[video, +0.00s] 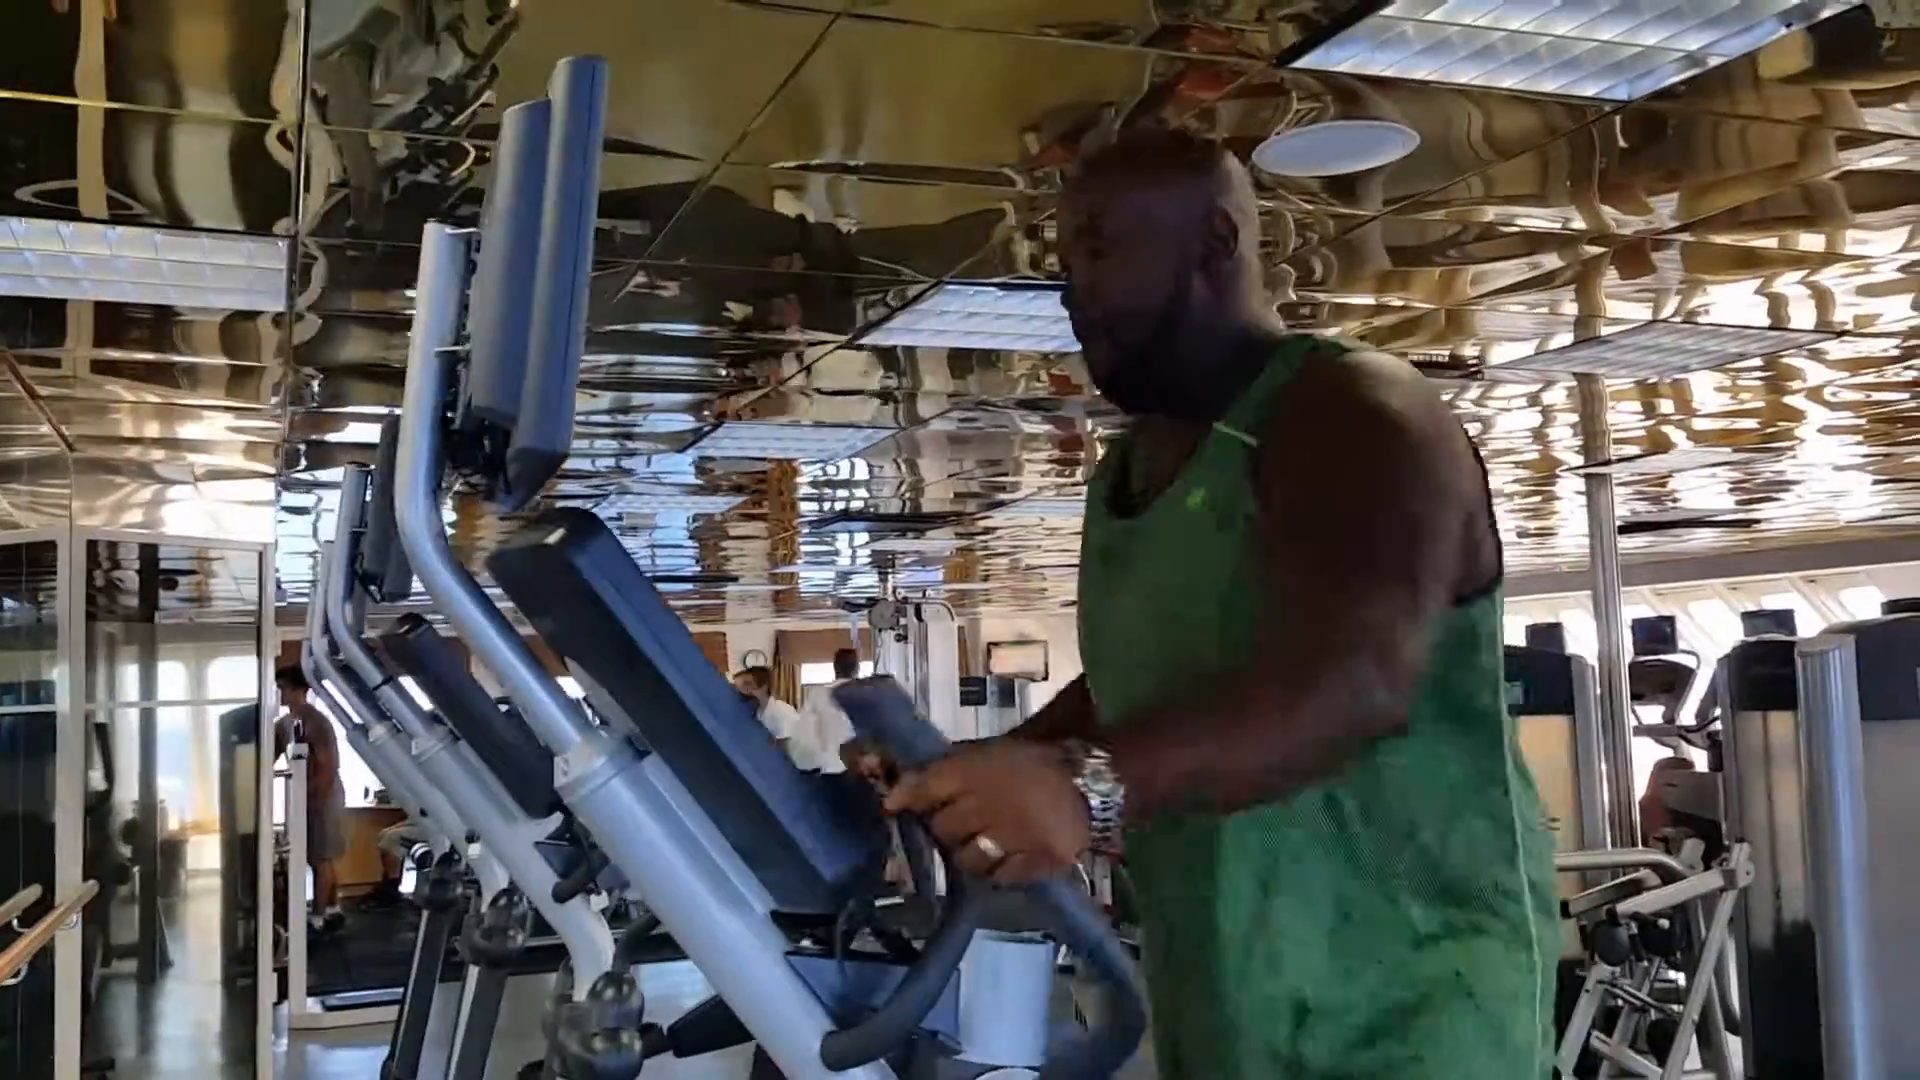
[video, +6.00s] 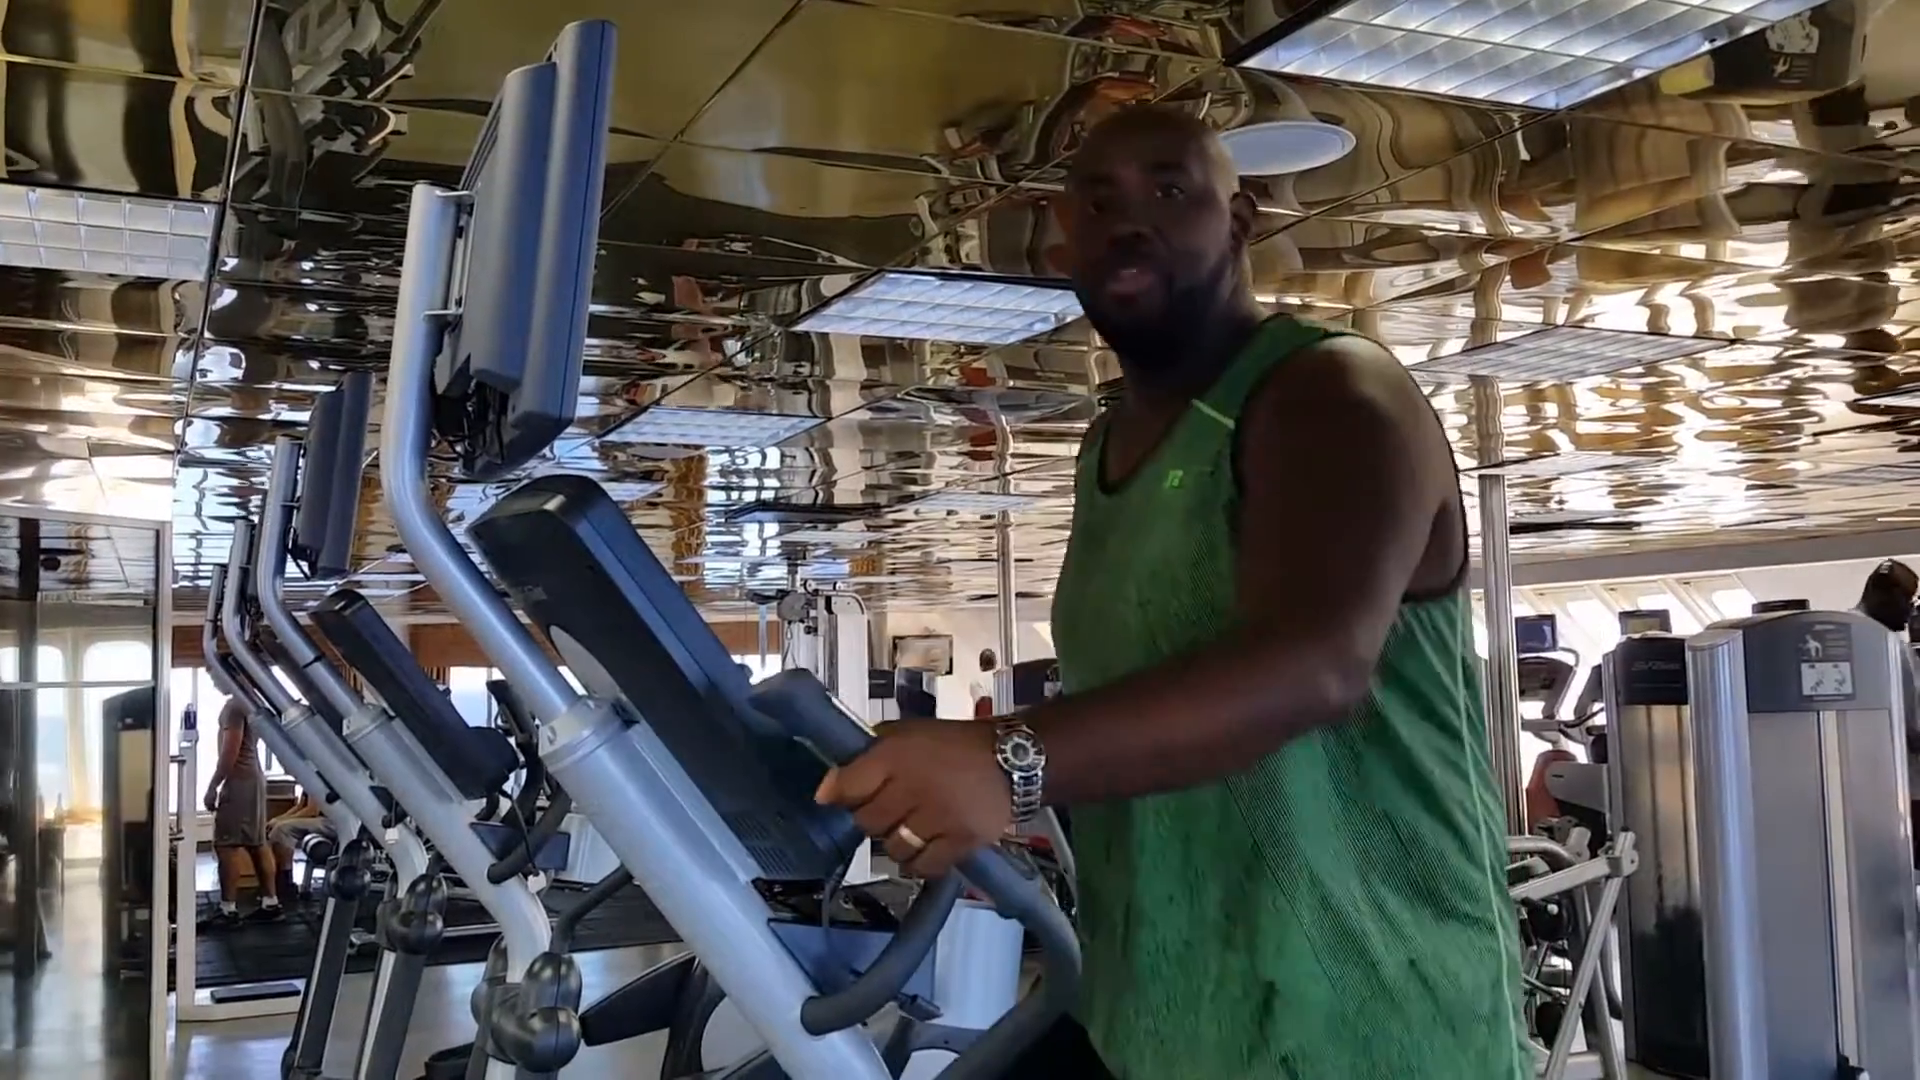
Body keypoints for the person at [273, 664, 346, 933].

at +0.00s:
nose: (279, 694)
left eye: (284, 688)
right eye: (279, 688)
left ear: (299, 690)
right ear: (287, 692)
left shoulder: (317, 722)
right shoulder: (284, 725)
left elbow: (327, 766)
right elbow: (266, 758)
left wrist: (313, 797)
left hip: (325, 794)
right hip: (304, 794)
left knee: (321, 856)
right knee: (319, 855)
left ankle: (319, 915)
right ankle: (333, 907)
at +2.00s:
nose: (320, 707)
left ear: (330, 710)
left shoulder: (334, 742)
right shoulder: (348, 739)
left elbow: (326, 786)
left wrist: (308, 820)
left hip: (336, 818)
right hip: (352, 816)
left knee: (325, 879)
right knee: (353, 875)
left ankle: (327, 938)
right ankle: (367, 932)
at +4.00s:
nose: (227, 674)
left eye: (230, 671)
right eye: (227, 671)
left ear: (242, 675)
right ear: (254, 676)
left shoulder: (247, 711)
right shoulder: (263, 707)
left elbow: (241, 756)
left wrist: (222, 792)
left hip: (251, 783)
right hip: (266, 781)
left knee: (237, 846)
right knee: (268, 846)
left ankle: (239, 909)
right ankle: (282, 904)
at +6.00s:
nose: (210, 676)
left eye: (213, 667)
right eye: (209, 667)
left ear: (229, 672)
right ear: (237, 674)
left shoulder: (235, 705)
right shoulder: (249, 702)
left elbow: (230, 753)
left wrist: (213, 786)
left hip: (239, 780)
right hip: (255, 777)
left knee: (226, 844)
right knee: (258, 841)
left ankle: (228, 907)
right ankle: (271, 901)